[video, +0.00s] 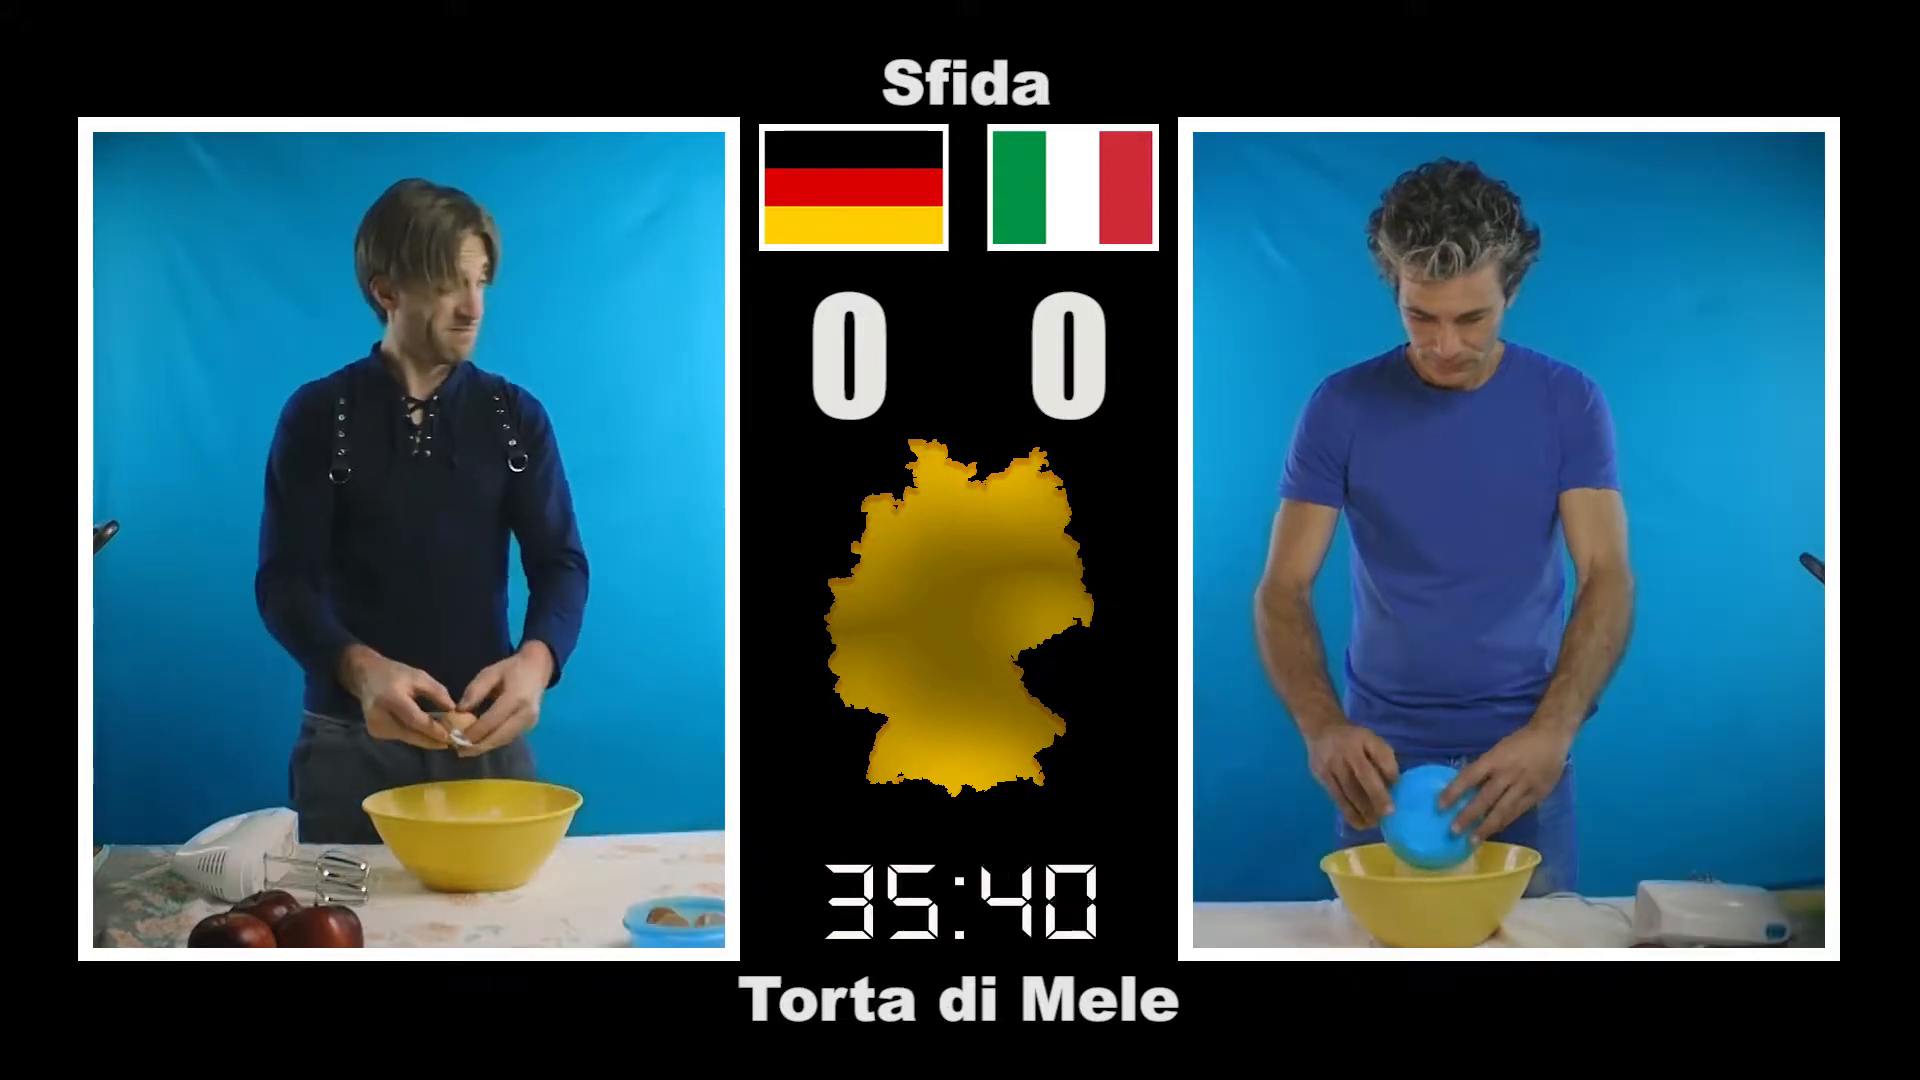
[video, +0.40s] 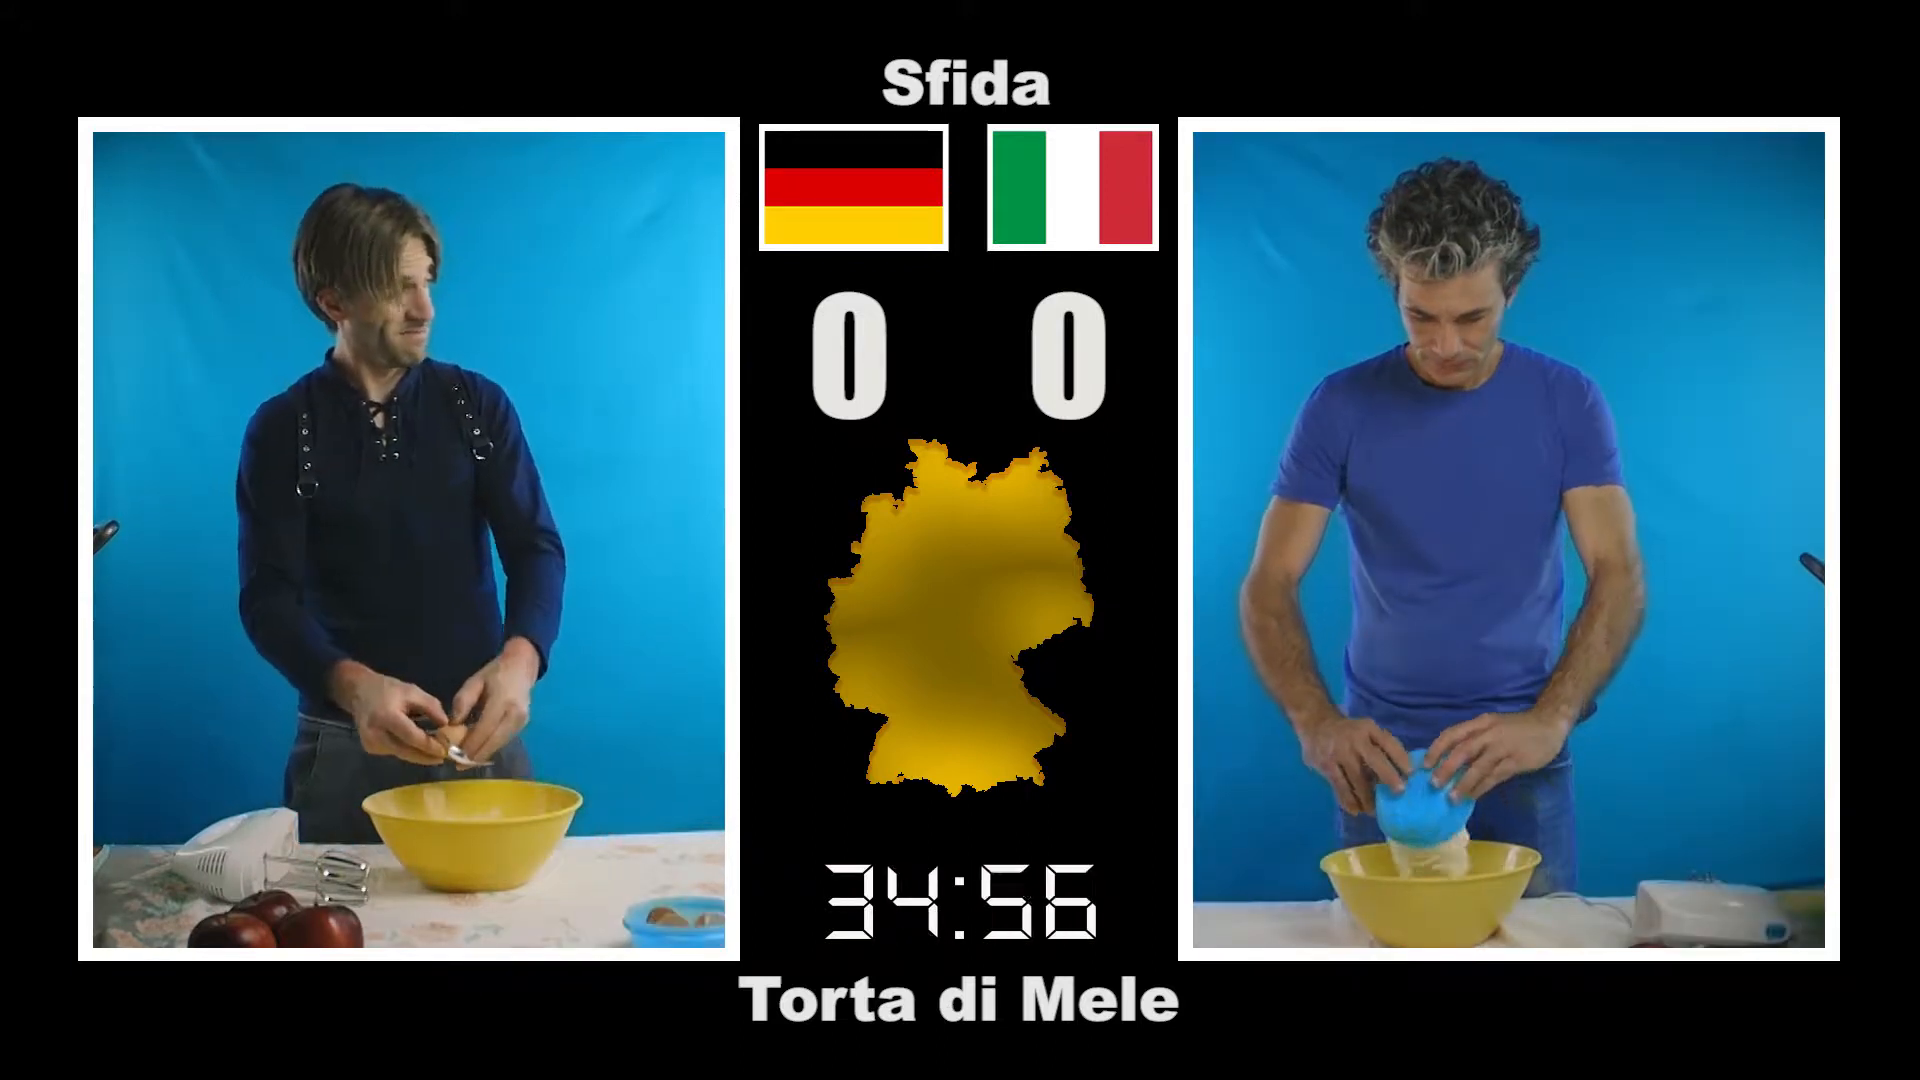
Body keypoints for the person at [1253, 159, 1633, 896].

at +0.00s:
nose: (1447, 344)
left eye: (1471, 317)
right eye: (1423, 317)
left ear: (1508, 292)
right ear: (1397, 292)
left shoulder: (1564, 402)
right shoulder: (1344, 406)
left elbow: (1607, 577)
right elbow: (1283, 591)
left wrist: (1550, 732)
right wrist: (1324, 729)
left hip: (1523, 751)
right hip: (1384, 751)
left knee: (1528, 948)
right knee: (1384, 950)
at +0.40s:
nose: (1447, 344)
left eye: (1472, 317)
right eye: (1423, 317)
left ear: (1507, 292)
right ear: (1396, 292)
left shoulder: (1562, 402)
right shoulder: (1343, 406)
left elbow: (1618, 576)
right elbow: (1269, 587)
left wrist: (1550, 718)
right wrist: (1319, 723)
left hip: (1520, 752)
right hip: (1382, 753)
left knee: (1529, 948)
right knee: (1388, 951)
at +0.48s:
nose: (1506, 355)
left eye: (1532, 329)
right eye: (1481, 329)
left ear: (1568, 300)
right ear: (1452, 299)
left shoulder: (1623, 411)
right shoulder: (1399, 405)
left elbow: (1685, 569)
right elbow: (1350, 593)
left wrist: (1668, 658)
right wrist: (1462, 675)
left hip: (1562, 762)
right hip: (1425, 756)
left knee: (1562, 952)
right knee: (1421, 952)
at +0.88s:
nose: (1505, 347)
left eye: (1529, 319)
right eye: (1481, 320)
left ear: (1565, 295)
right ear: (1454, 295)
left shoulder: (1620, 413)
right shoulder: (1393, 401)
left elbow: (1663, 589)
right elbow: (1340, 560)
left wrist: (1580, 697)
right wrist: (1383, 647)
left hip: (1560, 761)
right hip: (1418, 751)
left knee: (1559, 951)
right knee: (1411, 951)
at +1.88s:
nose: (1486, 350)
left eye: (1512, 324)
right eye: (1463, 322)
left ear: (1548, 298)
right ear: (1436, 293)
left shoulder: (1600, 411)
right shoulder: (1375, 401)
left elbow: (1623, 602)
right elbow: (1332, 572)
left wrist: (1511, 726)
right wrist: (1393, 673)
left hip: (1546, 758)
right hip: (1403, 758)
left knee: (1544, 953)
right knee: (1397, 952)